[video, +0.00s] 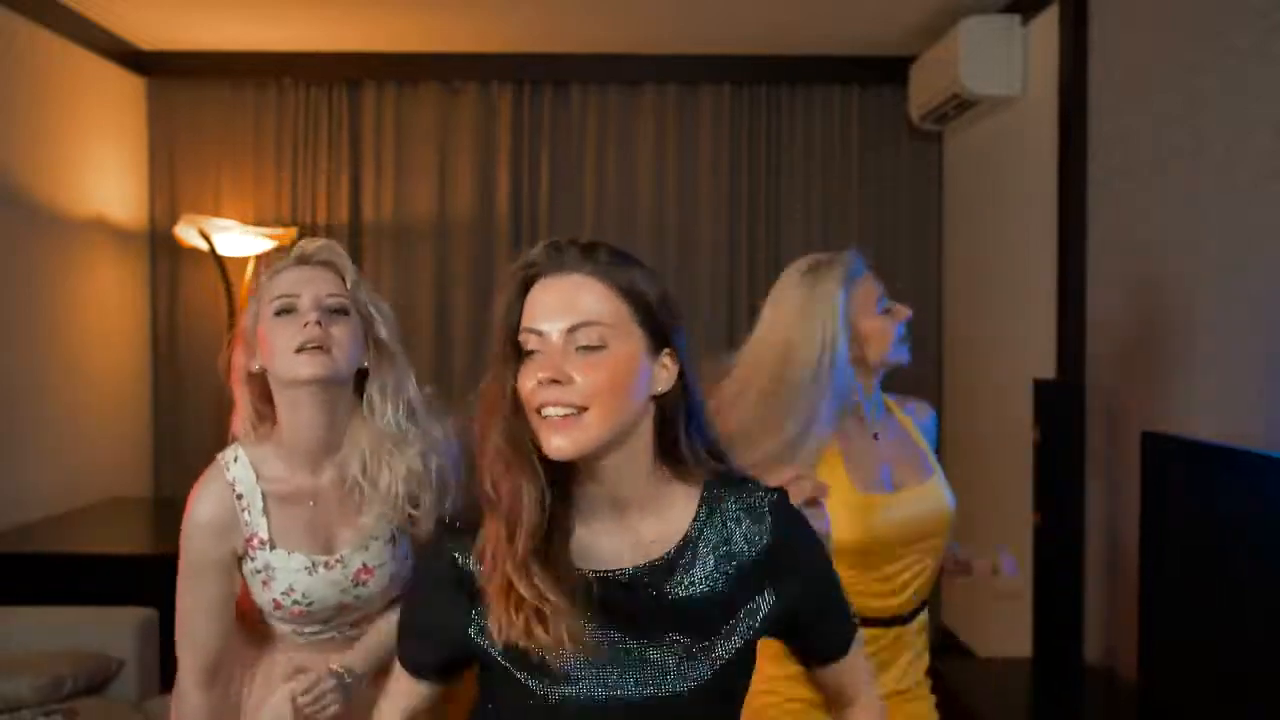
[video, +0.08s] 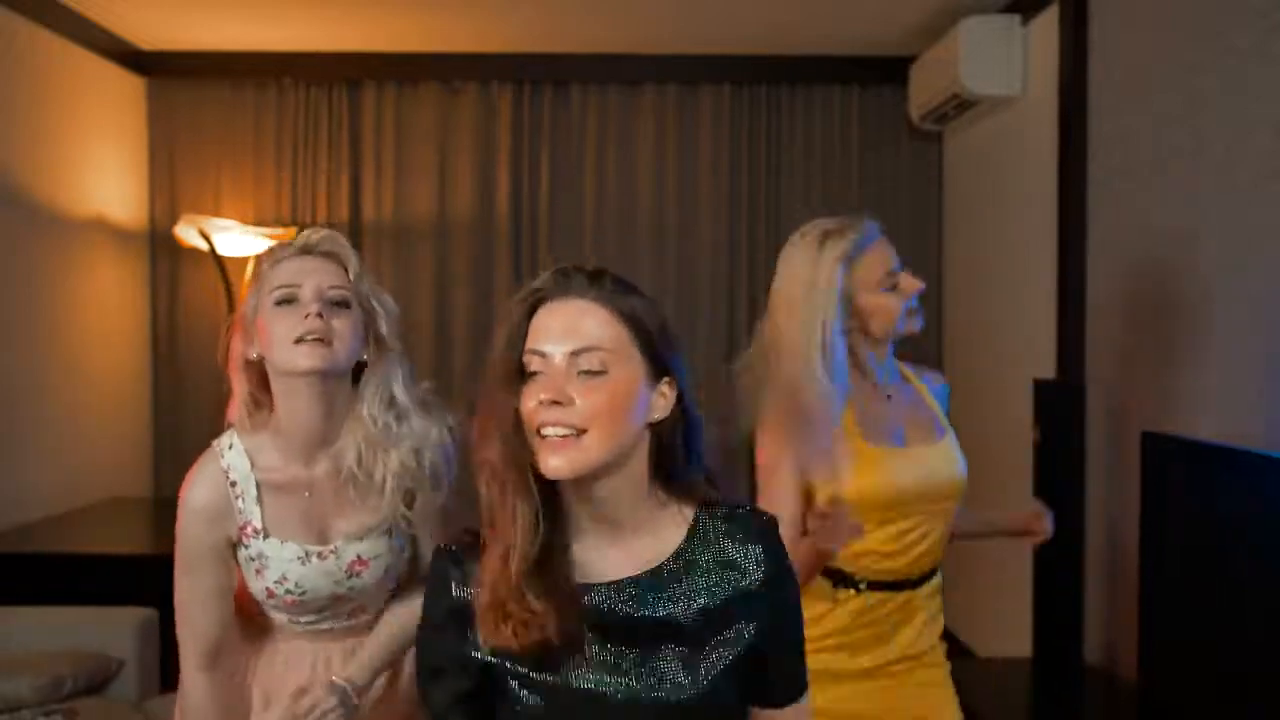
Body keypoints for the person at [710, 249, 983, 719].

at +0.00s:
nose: (905, 313)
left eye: (892, 302)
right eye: (883, 308)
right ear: (835, 333)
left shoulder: (915, 419)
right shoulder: (784, 440)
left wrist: (946, 560)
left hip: (902, 681)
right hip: (798, 686)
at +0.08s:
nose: (916, 285)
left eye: (904, 272)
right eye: (891, 283)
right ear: (839, 310)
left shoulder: (927, 388)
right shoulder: (795, 408)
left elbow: (920, 518)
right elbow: (772, 570)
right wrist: (817, 545)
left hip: (917, 656)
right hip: (825, 664)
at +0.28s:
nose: (917, 298)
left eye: (931, 274)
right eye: (893, 282)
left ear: (958, 278)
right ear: (866, 293)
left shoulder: (985, 407)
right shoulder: (822, 392)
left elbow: (972, 542)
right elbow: (775, 522)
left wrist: (1067, 496)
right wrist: (809, 555)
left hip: (949, 663)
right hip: (845, 661)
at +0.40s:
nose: (904, 329)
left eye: (931, 319)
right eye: (908, 314)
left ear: (984, 348)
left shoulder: (1005, 468)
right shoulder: (834, 431)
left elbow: (1016, 616)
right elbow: (779, 561)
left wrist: (1102, 559)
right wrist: (795, 683)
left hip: (956, 695)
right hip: (848, 692)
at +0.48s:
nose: (896, 309)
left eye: (923, 308)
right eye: (908, 295)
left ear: (973, 341)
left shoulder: (1006, 453)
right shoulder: (839, 403)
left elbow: (1011, 597)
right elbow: (792, 531)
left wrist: (1099, 558)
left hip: (951, 674)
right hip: (844, 663)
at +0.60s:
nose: (864, 287)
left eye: (886, 287)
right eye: (872, 272)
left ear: (939, 302)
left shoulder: (979, 374)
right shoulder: (843, 345)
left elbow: (1005, 543)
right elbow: (789, 453)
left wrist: (1083, 521)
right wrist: (731, 363)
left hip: (933, 612)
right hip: (839, 605)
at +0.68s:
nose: (842, 275)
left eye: (858, 266)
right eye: (848, 261)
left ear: (917, 288)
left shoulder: (986, 377)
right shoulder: (845, 343)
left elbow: (996, 549)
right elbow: (792, 438)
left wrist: (1053, 521)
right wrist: (725, 356)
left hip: (916, 610)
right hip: (824, 595)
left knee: (928, 710)